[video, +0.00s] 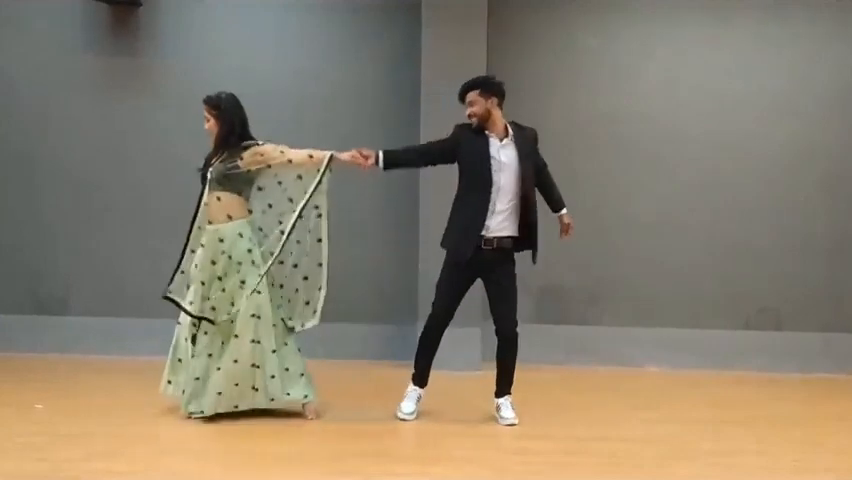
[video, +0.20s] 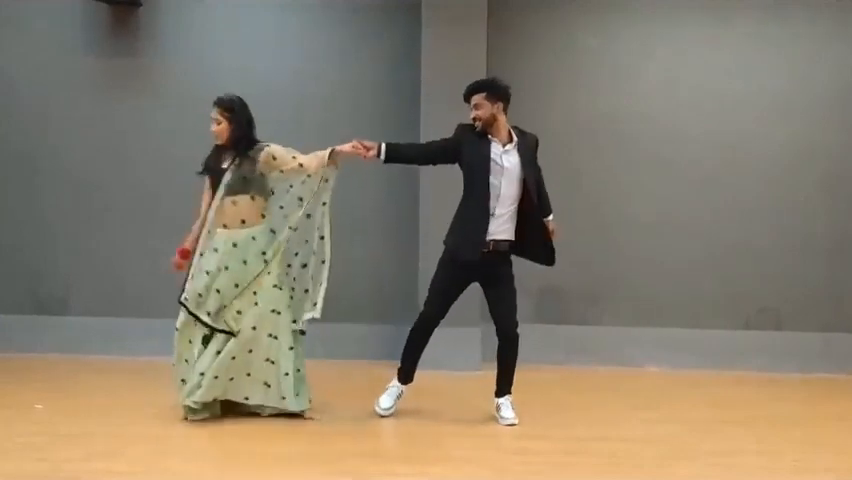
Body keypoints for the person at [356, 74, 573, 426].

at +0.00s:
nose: (469, 111)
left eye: (473, 104)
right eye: (466, 106)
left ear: (494, 102)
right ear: (474, 107)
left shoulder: (525, 139)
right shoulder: (465, 139)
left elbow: (541, 175)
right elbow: (425, 153)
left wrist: (561, 211)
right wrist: (379, 158)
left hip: (503, 251)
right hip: (465, 247)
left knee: (508, 330)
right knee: (439, 318)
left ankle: (503, 399)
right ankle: (415, 389)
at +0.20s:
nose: (473, 114)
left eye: (479, 107)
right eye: (471, 108)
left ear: (500, 106)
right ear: (474, 110)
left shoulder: (527, 143)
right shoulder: (467, 139)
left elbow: (535, 182)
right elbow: (425, 152)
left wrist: (547, 217)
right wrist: (379, 150)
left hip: (499, 255)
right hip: (463, 249)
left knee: (509, 330)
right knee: (430, 315)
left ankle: (503, 398)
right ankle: (400, 383)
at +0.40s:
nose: (453, 119)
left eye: (459, 113)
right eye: (452, 113)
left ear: (480, 114)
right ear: (467, 115)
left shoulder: (506, 154)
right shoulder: (446, 150)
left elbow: (520, 196)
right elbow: (414, 182)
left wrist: (535, 236)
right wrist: (372, 188)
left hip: (483, 259)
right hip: (445, 257)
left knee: (498, 330)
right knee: (419, 323)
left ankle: (503, 398)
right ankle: (397, 391)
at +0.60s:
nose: (428, 118)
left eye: (435, 112)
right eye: (427, 112)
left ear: (455, 114)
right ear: (431, 113)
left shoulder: (480, 153)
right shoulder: (423, 148)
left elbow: (496, 197)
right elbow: (408, 184)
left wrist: (501, 242)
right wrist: (370, 194)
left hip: (461, 252)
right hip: (424, 251)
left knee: (485, 325)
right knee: (409, 323)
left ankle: (503, 399)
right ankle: (396, 392)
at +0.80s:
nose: (424, 117)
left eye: (431, 111)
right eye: (423, 110)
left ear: (450, 112)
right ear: (423, 110)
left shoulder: (473, 150)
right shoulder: (416, 146)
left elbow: (488, 195)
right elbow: (397, 185)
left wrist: (487, 236)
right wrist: (354, 199)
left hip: (453, 251)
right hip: (416, 249)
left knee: (478, 325)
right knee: (407, 325)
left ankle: (500, 398)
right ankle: (394, 397)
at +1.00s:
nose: (436, 115)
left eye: (443, 111)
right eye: (434, 109)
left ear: (459, 113)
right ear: (432, 109)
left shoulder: (476, 152)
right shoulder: (417, 144)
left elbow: (488, 196)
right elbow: (396, 184)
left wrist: (485, 228)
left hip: (456, 251)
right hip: (417, 248)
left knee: (478, 325)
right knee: (404, 323)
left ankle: (501, 399)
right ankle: (394, 399)